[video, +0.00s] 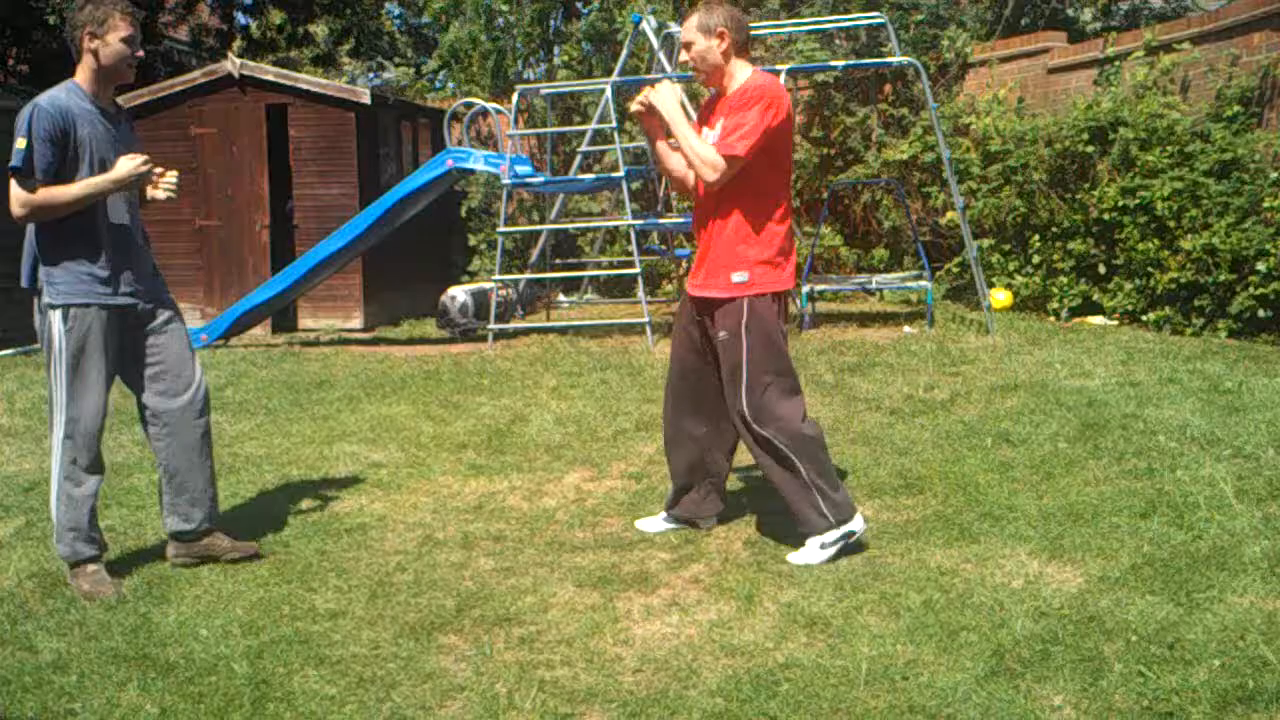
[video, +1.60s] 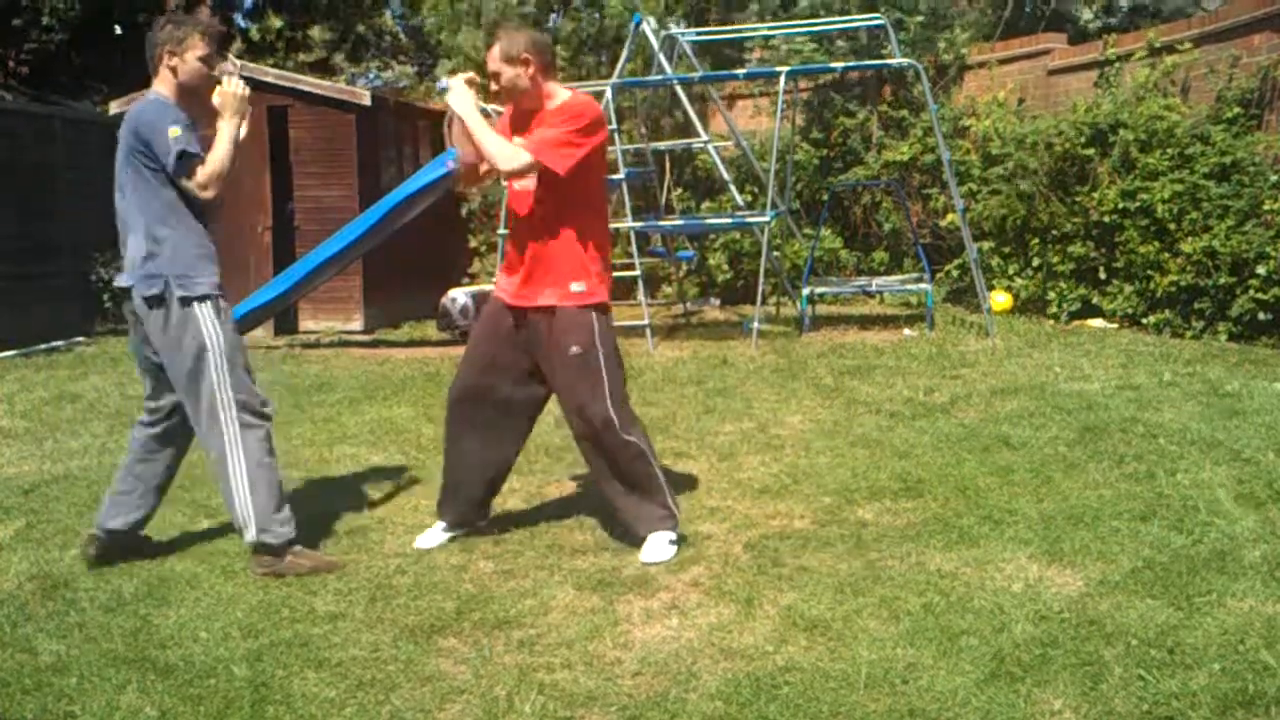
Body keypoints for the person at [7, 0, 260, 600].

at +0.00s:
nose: (139, 52)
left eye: (139, 43)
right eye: (129, 41)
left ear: (114, 49)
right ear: (90, 45)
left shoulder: (122, 121)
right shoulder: (47, 110)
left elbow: (115, 206)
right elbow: (22, 203)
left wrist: (148, 191)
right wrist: (112, 181)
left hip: (138, 285)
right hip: (76, 292)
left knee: (182, 397)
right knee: (79, 427)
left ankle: (191, 534)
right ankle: (83, 557)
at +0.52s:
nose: (163, 64)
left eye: (163, 54)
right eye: (154, 54)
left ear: (128, 57)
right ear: (118, 55)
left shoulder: (139, 125)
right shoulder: (85, 113)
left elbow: (164, 208)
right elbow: (94, 197)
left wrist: (183, 155)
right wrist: (164, 152)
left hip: (162, 284)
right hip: (123, 286)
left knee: (172, 409)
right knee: (157, 406)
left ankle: (138, 540)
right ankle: (117, 538)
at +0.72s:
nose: (177, 63)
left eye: (177, 53)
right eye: (168, 53)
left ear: (147, 57)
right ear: (133, 56)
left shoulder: (151, 116)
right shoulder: (110, 110)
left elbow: (181, 191)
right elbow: (142, 185)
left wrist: (194, 135)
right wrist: (190, 130)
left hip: (162, 276)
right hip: (141, 278)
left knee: (155, 404)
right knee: (204, 391)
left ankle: (126, 534)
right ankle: (207, 538)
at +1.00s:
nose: (207, 72)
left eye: (208, 61)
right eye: (199, 60)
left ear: (172, 64)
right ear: (163, 61)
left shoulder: (176, 124)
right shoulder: (137, 119)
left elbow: (212, 208)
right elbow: (173, 199)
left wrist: (242, 153)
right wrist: (208, 138)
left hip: (193, 285)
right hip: (180, 289)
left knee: (188, 413)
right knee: (247, 406)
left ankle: (131, 533)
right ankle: (276, 542)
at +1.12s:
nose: (219, 68)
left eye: (220, 58)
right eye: (209, 58)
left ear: (188, 62)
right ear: (173, 60)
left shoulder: (208, 123)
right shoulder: (136, 120)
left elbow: (278, 167)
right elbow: (149, 206)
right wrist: (195, 139)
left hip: (213, 284)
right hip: (187, 286)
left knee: (207, 410)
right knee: (251, 402)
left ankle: (136, 527)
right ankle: (273, 542)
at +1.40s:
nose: (220, 74)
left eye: (222, 64)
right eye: (210, 63)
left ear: (211, 66)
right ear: (173, 63)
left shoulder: (206, 129)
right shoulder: (140, 124)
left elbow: (267, 202)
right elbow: (172, 199)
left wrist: (278, 159)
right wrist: (207, 134)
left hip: (222, 282)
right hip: (195, 286)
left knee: (208, 409)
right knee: (270, 400)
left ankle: (133, 527)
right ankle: (278, 542)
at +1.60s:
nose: (216, 70)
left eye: (217, 61)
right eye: (205, 60)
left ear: (175, 65)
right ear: (168, 60)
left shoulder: (153, 114)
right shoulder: (157, 112)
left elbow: (203, 186)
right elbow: (206, 184)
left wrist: (229, 127)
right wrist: (230, 119)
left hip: (151, 288)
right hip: (180, 288)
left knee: (168, 411)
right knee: (237, 407)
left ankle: (116, 531)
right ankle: (273, 544)